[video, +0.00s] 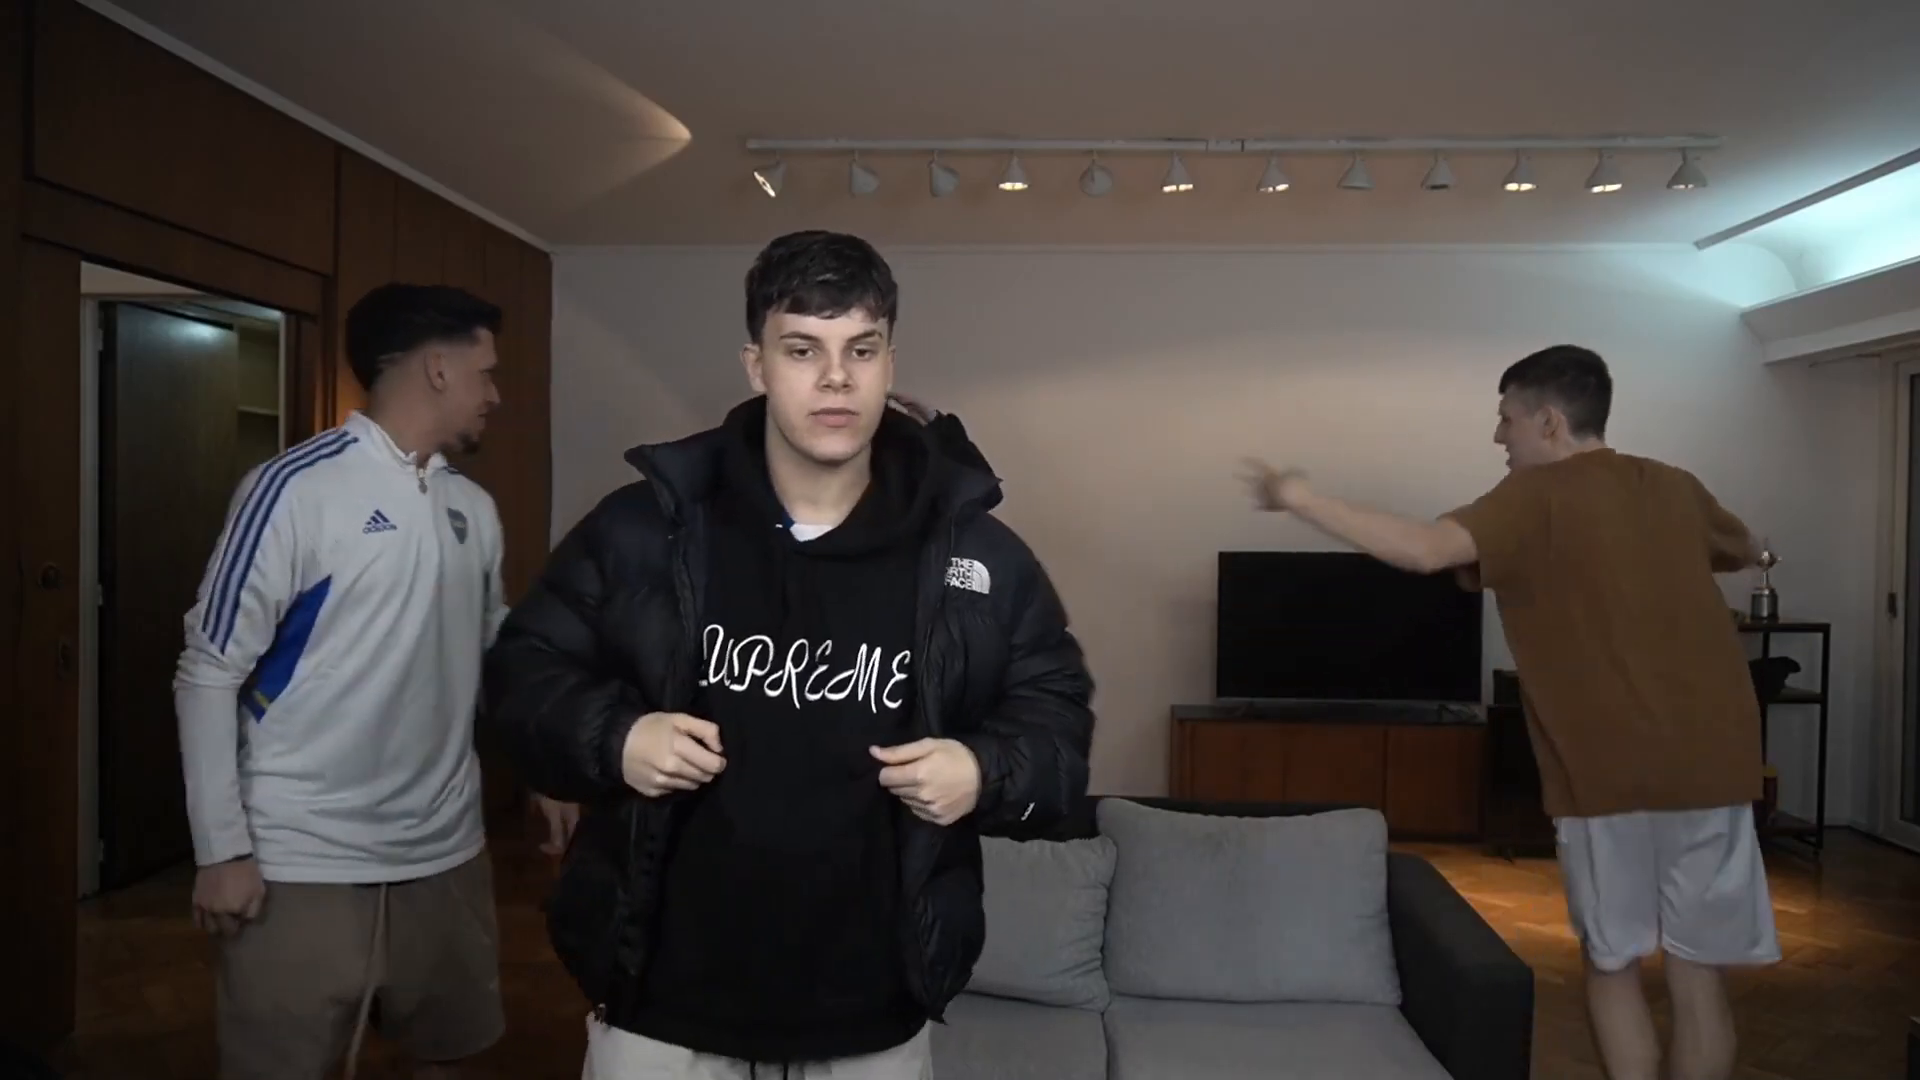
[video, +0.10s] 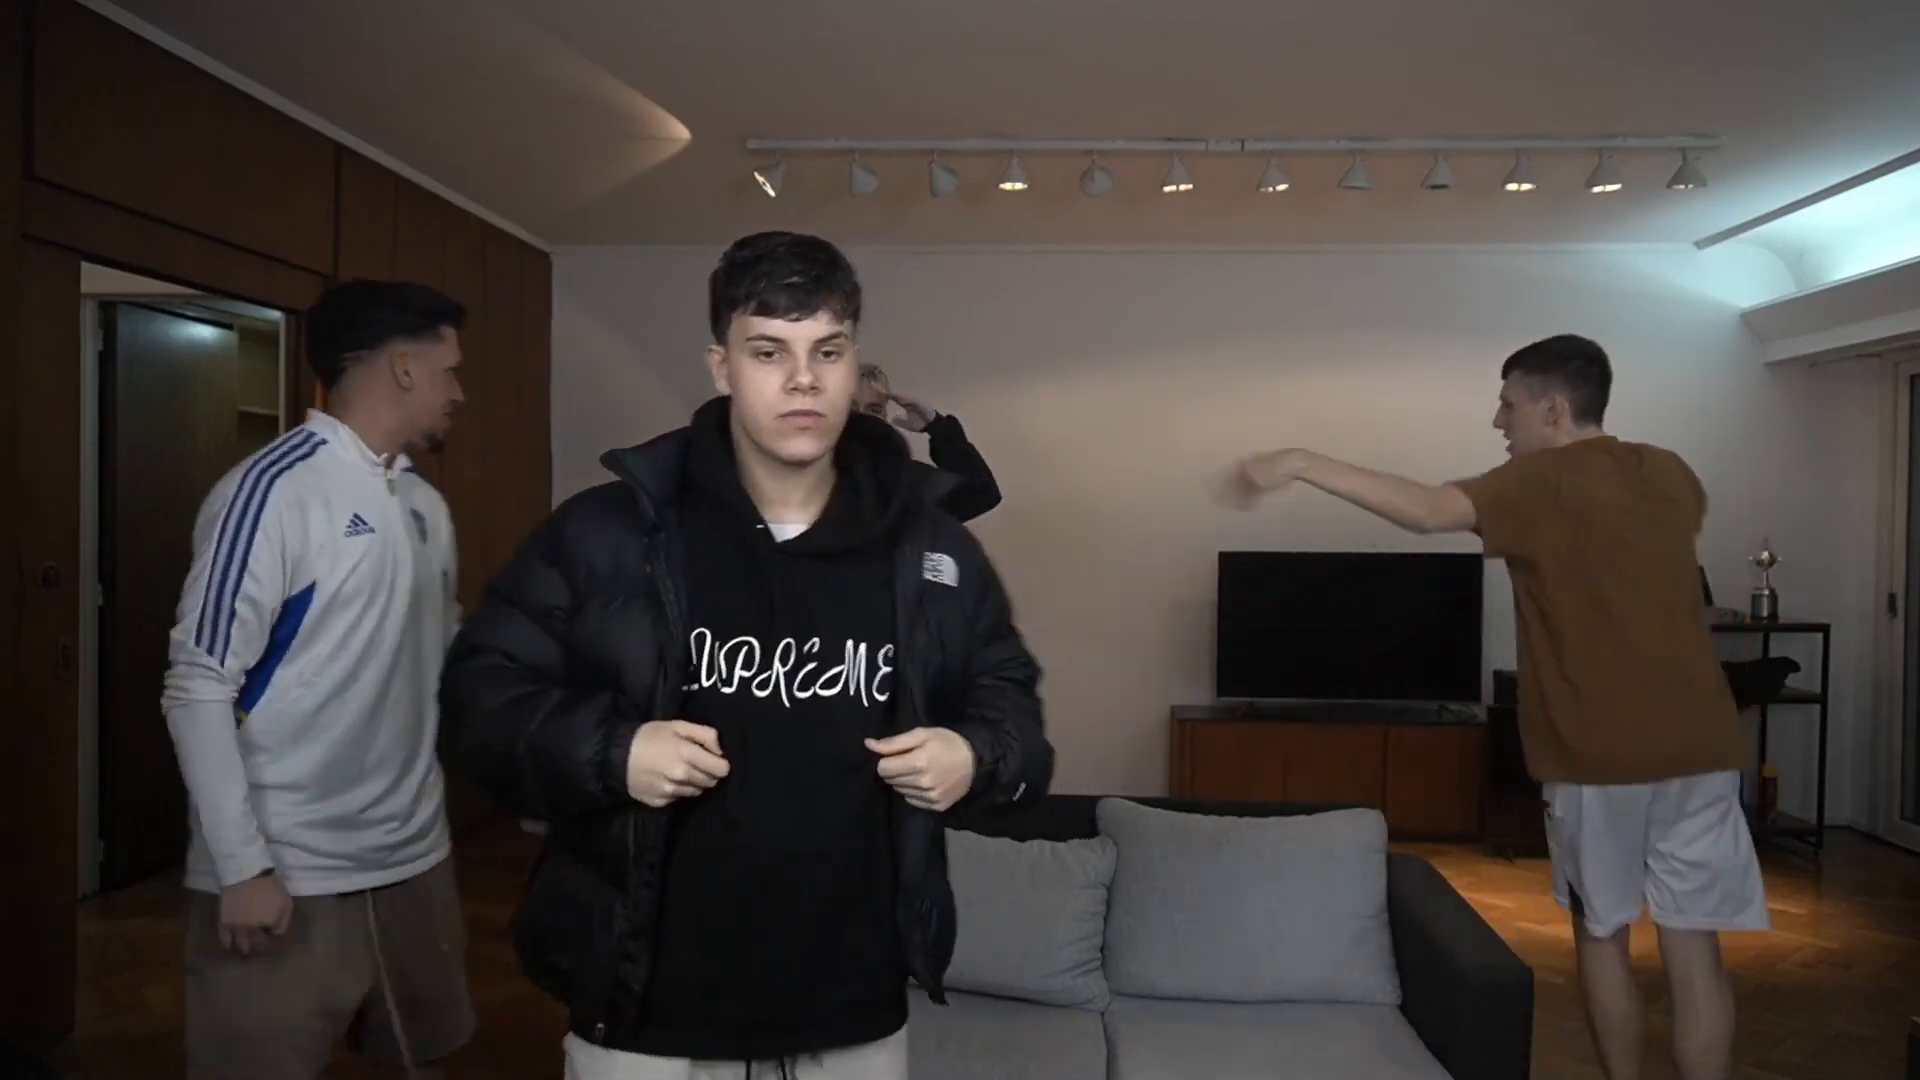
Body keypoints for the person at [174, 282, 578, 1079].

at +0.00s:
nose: (499, 398)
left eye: (496, 376)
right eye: (487, 375)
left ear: (432, 373)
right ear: (431, 371)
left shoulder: (475, 511)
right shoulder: (292, 491)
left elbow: (496, 654)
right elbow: (206, 671)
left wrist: (546, 771)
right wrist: (222, 850)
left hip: (448, 861)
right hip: (304, 870)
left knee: (450, 1059)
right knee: (288, 1066)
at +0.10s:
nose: (460, 395)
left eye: (459, 374)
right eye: (451, 370)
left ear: (402, 371)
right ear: (398, 367)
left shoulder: (425, 506)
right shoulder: (271, 490)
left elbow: (446, 659)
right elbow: (196, 687)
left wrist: (530, 777)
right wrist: (242, 869)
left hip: (415, 872)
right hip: (288, 890)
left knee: (427, 1059)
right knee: (258, 1069)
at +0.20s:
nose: (418, 394)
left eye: (416, 372)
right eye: (409, 369)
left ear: (352, 365)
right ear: (352, 362)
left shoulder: (366, 503)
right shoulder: (236, 488)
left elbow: (372, 671)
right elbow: (185, 701)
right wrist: (267, 878)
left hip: (370, 876)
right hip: (237, 901)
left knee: (395, 1063)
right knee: (231, 1070)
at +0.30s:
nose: (374, 386)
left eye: (372, 364)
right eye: (365, 361)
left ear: (307, 359)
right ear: (309, 356)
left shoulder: (286, 482)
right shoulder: (208, 484)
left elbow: (272, 700)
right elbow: (167, 709)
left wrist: (333, 852)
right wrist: (278, 879)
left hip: (311, 888)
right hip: (194, 911)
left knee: (348, 1064)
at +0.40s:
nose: (337, 378)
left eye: (335, 356)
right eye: (326, 354)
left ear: (264, 357)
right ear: (265, 354)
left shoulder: (243, 478)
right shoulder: (176, 481)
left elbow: (236, 697)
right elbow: (128, 707)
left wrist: (292, 845)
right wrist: (280, 856)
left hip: (229, 903)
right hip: (151, 918)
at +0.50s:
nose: (305, 366)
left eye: (301, 344)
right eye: (286, 343)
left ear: (219, 350)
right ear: (217, 348)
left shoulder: (214, 470)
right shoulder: (142, 473)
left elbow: (209, 679)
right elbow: (79, 693)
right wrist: (257, 796)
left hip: (221, 889)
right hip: (135, 908)